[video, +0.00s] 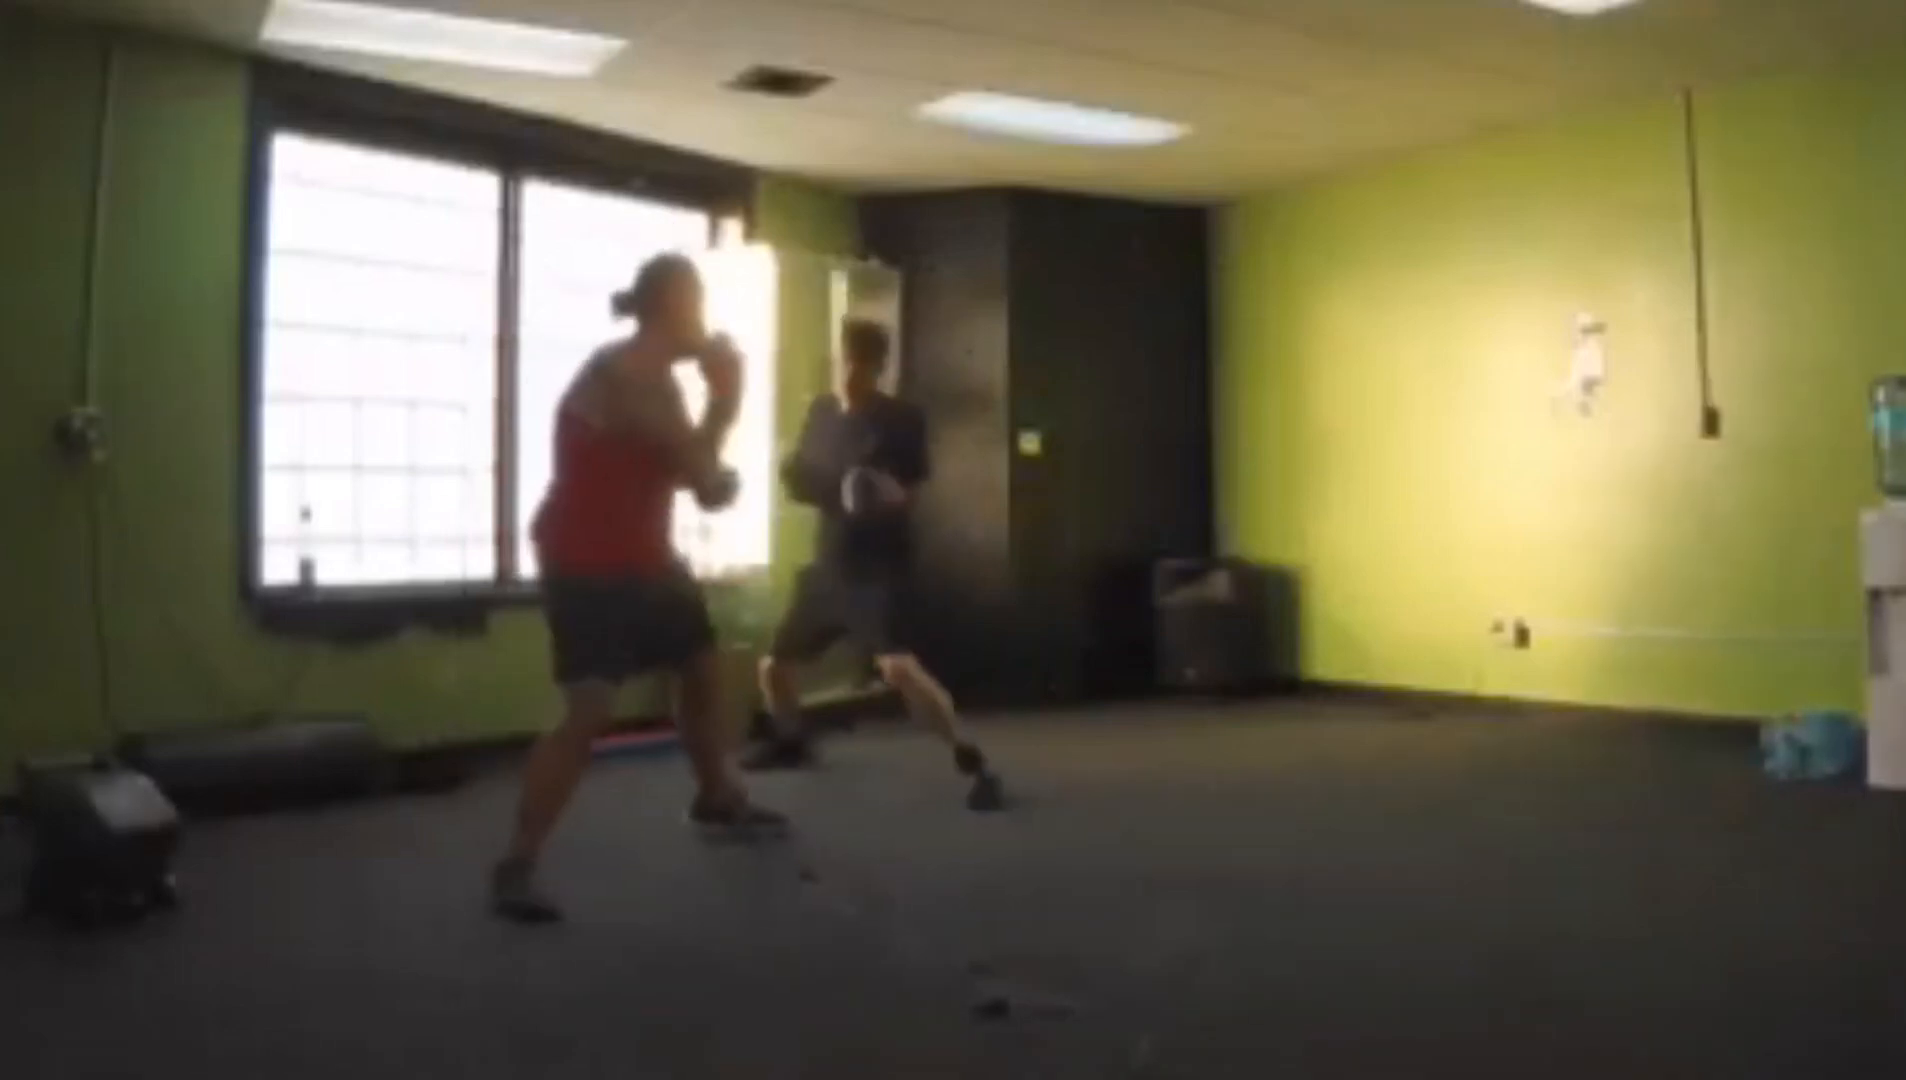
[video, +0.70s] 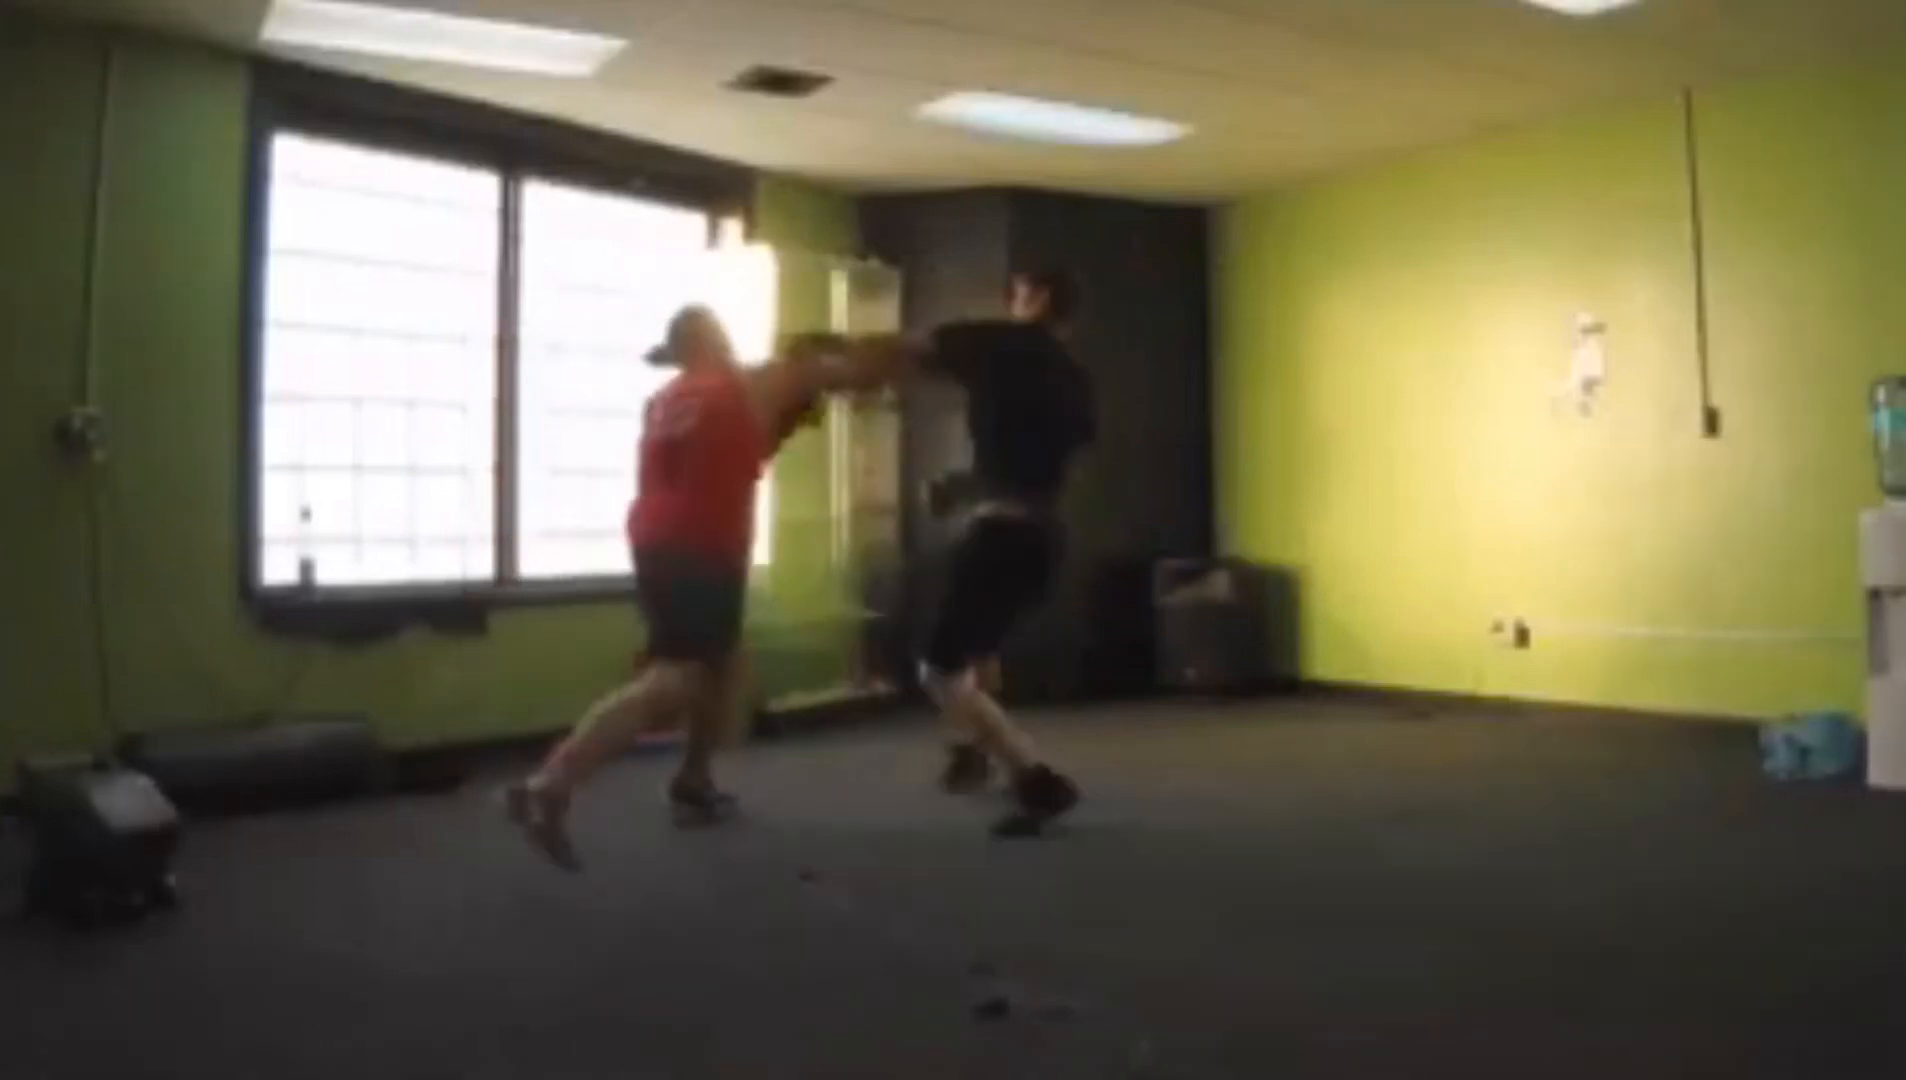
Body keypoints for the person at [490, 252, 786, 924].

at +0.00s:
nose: (702, 317)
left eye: (700, 302)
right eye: (694, 302)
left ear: (659, 306)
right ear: (664, 306)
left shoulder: (656, 380)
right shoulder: (623, 374)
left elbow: (682, 466)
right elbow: (694, 462)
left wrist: (711, 482)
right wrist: (725, 396)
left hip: (646, 560)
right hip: (589, 565)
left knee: (702, 667)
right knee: (588, 714)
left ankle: (718, 797)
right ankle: (518, 865)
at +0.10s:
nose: (695, 323)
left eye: (694, 308)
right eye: (686, 308)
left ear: (658, 313)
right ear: (657, 312)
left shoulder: (652, 382)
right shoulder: (614, 376)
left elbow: (691, 458)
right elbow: (687, 460)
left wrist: (711, 408)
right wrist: (715, 400)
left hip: (638, 563)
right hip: (584, 567)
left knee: (701, 662)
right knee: (595, 713)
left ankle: (693, 788)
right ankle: (518, 867)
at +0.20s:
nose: (699, 328)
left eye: (697, 315)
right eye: (689, 314)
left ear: (667, 321)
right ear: (657, 320)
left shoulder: (660, 385)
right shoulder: (622, 382)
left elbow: (694, 446)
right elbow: (674, 452)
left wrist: (727, 381)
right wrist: (728, 381)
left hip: (631, 572)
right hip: (585, 574)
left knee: (684, 655)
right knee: (601, 714)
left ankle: (678, 781)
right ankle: (518, 868)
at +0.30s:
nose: (711, 342)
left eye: (710, 329)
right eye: (697, 329)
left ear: (702, 337)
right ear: (666, 336)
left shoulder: (702, 404)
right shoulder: (633, 387)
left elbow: (781, 416)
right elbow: (658, 473)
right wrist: (728, 433)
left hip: (634, 575)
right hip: (581, 572)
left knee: (671, 672)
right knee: (594, 715)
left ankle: (679, 788)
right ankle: (517, 868)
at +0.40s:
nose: (727, 356)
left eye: (728, 343)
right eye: (715, 343)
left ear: (725, 352)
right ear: (682, 349)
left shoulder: (732, 425)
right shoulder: (639, 402)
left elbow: (794, 476)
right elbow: (630, 473)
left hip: (652, 580)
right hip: (597, 574)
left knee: (687, 663)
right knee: (592, 707)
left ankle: (683, 786)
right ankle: (521, 862)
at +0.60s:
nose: (752, 369)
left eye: (747, 360)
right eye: (744, 360)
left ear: (691, 364)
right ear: (725, 361)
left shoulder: (669, 408)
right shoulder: (742, 392)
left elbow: (676, 497)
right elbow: (833, 385)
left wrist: (750, 522)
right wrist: (906, 379)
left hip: (648, 554)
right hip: (675, 560)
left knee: (722, 664)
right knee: (618, 693)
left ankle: (691, 786)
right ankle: (514, 823)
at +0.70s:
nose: (725, 345)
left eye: (713, 339)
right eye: (718, 336)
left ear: (677, 353)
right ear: (714, 340)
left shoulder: (662, 402)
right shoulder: (743, 389)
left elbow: (734, 458)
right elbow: (831, 364)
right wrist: (904, 355)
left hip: (653, 542)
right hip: (708, 548)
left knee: (719, 664)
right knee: (677, 677)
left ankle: (695, 780)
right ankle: (548, 789)